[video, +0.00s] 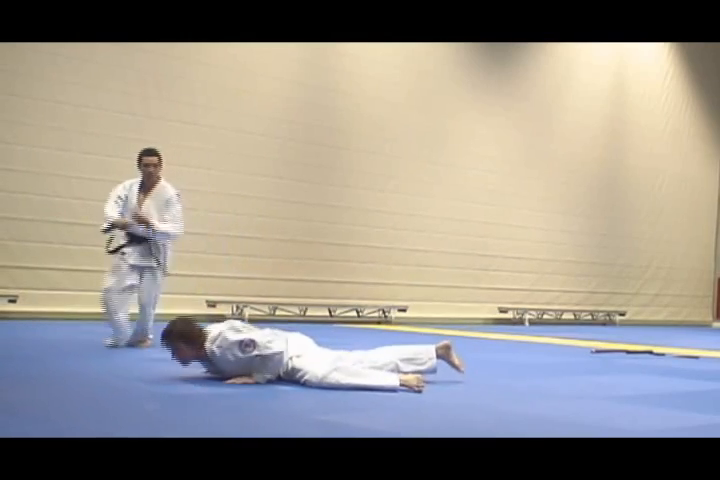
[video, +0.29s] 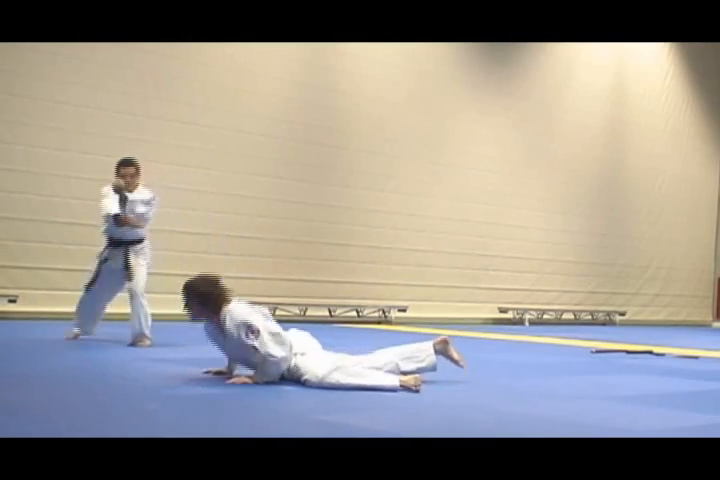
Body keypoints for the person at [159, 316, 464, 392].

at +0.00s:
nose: (175, 359)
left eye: (175, 353)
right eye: (173, 354)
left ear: (189, 344)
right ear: (189, 341)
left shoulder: (223, 341)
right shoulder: (210, 347)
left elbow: (272, 347)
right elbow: (237, 356)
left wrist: (255, 374)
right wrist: (220, 370)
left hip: (292, 355)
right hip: (292, 350)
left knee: (324, 377)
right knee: (357, 363)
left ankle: (397, 381)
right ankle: (434, 353)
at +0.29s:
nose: (186, 310)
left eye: (189, 304)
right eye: (185, 304)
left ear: (204, 302)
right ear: (203, 302)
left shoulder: (237, 319)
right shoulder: (212, 322)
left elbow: (278, 352)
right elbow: (237, 348)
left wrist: (260, 379)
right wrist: (229, 369)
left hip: (297, 355)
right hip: (292, 353)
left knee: (325, 376)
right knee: (359, 364)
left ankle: (399, 381)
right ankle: (435, 348)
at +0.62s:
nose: (207, 274)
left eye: (208, 269)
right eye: (206, 269)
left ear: (222, 266)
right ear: (229, 262)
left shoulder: (252, 281)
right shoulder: (241, 286)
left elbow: (262, 330)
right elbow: (237, 330)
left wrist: (257, 373)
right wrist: (229, 366)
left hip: (311, 322)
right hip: (308, 330)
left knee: (318, 372)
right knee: (368, 365)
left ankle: (388, 373)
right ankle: (437, 349)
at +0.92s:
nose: (231, 276)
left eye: (230, 272)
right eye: (229, 272)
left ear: (239, 270)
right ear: (252, 261)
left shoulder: (275, 278)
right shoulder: (265, 280)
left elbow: (273, 329)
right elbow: (250, 324)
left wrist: (260, 373)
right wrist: (233, 364)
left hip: (345, 302)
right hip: (350, 300)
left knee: (318, 370)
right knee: (374, 365)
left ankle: (387, 369)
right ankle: (440, 360)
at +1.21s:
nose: (261, 280)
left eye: (259, 274)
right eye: (258, 275)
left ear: (268, 271)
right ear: (282, 258)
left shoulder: (297, 278)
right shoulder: (302, 270)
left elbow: (288, 331)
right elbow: (283, 320)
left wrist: (264, 375)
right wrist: (259, 347)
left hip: (366, 308)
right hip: (383, 302)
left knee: (329, 369)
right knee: (375, 368)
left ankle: (380, 370)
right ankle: (438, 366)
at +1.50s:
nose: (267, 243)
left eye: (266, 238)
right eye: (266, 237)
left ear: (273, 239)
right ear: (293, 226)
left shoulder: (286, 264)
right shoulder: (325, 236)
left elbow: (272, 316)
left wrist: (251, 360)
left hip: (353, 304)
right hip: (379, 292)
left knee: (326, 370)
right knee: (381, 359)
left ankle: (379, 371)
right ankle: (437, 374)